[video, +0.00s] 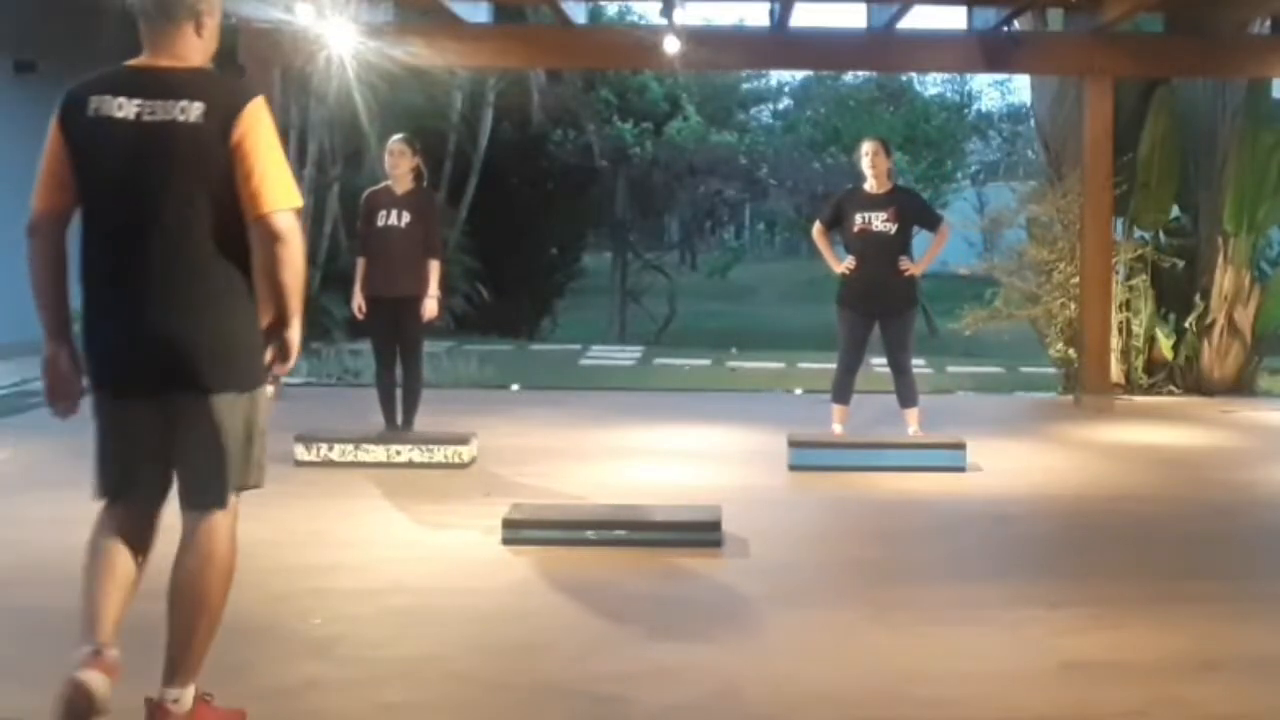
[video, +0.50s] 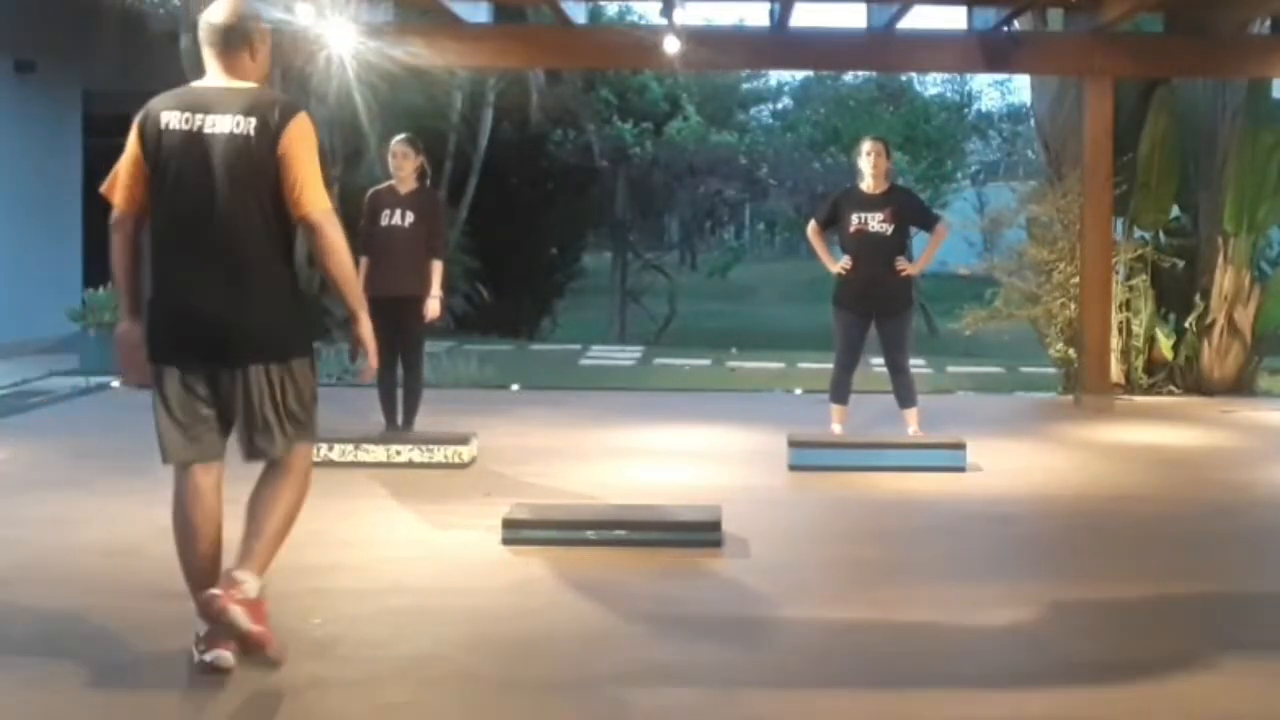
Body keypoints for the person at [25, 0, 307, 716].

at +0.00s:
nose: (218, 35)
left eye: (215, 24)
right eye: (217, 23)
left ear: (142, 24)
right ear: (203, 23)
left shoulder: (81, 102)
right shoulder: (235, 99)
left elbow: (45, 223)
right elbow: (280, 223)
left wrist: (56, 337)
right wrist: (291, 319)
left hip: (119, 343)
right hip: (214, 343)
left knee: (126, 501)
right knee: (212, 510)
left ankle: (97, 653)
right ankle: (179, 696)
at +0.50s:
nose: (271, 55)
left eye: (266, 45)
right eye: (268, 46)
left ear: (204, 48)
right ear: (257, 47)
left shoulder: (156, 114)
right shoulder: (283, 118)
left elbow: (122, 221)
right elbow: (317, 219)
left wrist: (127, 315)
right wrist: (360, 313)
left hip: (180, 326)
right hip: (266, 328)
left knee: (196, 467)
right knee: (292, 453)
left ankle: (212, 632)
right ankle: (246, 581)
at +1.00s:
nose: (335, 86)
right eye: (331, 77)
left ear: (275, 82)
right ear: (321, 82)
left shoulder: (237, 141)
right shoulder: (345, 145)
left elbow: (202, 215)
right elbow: (372, 236)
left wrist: (205, 273)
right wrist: (418, 317)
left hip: (254, 318)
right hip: (326, 322)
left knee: (255, 433)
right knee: (324, 436)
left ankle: (231, 530)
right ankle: (291, 571)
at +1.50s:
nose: (367, 95)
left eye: (356, 85)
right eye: (366, 86)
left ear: (318, 90)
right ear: (362, 91)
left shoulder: (284, 142)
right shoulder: (383, 145)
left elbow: (255, 222)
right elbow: (430, 207)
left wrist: (229, 294)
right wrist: (506, 224)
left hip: (298, 305)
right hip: (363, 308)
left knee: (305, 420)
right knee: (369, 413)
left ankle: (319, 549)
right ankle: (321, 506)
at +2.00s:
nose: (447, 118)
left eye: (444, 110)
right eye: (446, 110)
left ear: (400, 111)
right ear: (437, 111)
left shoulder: (367, 161)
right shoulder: (449, 164)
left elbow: (334, 212)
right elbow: (472, 229)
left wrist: (327, 246)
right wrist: (520, 288)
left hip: (375, 304)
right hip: (433, 307)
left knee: (367, 395)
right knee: (439, 398)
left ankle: (333, 484)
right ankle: (421, 498)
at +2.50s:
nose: (506, 120)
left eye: (505, 112)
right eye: (502, 112)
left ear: (464, 113)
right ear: (483, 113)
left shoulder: (428, 154)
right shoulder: (487, 158)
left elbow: (411, 219)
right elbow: (502, 222)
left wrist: (449, 236)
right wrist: (553, 274)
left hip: (438, 290)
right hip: (479, 296)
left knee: (454, 385)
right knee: (474, 387)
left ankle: (464, 475)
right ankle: (426, 484)